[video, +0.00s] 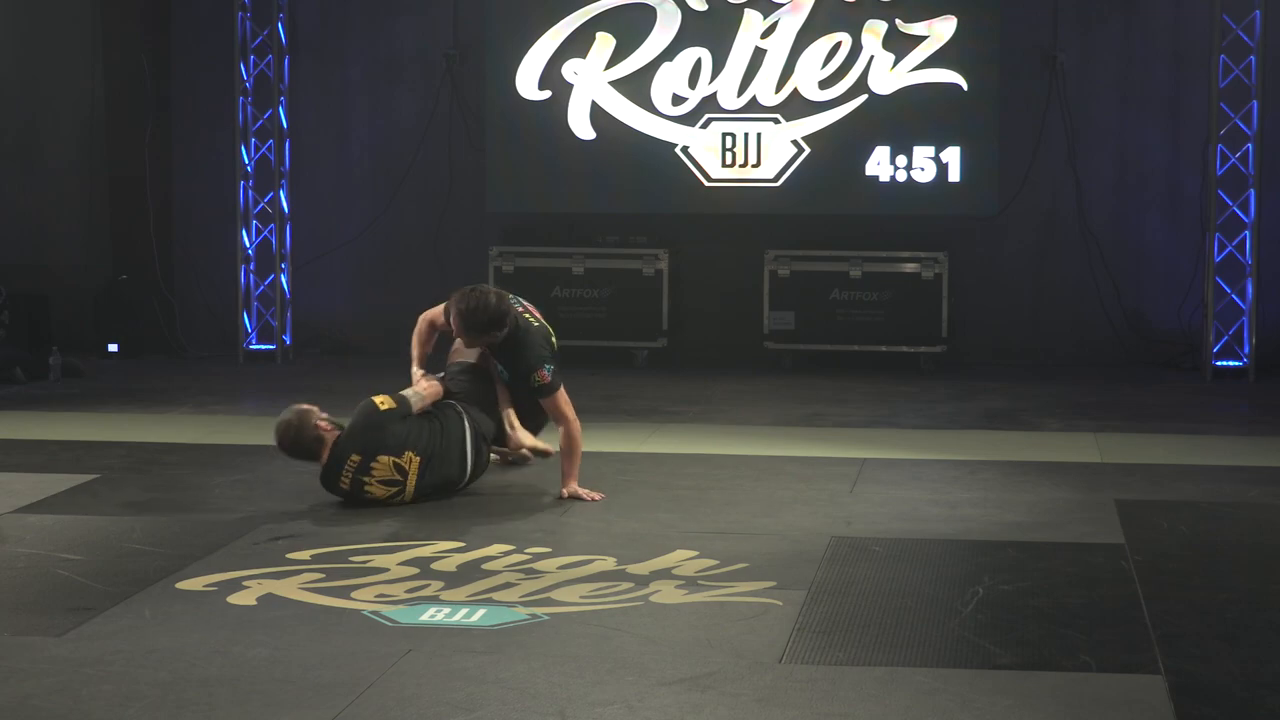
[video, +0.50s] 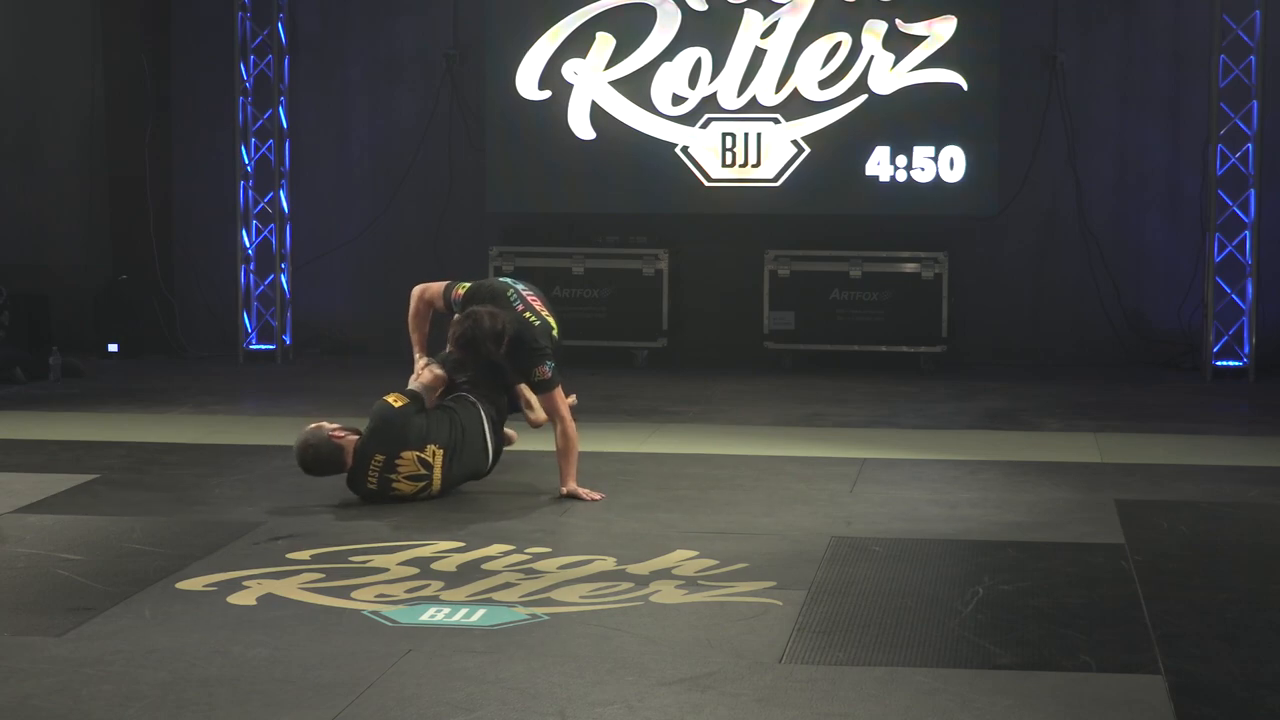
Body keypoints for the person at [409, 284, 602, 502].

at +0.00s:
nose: (455, 336)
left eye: (462, 336)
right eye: (454, 327)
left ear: (492, 337)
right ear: (459, 310)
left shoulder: (532, 357)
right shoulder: (470, 306)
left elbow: (569, 422)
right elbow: (427, 321)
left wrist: (570, 484)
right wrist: (417, 368)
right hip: (492, 365)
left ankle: (509, 453)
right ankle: (513, 432)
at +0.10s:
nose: (456, 340)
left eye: (464, 341)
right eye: (454, 333)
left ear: (493, 335)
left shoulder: (535, 359)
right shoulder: (474, 304)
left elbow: (571, 422)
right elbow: (430, 318)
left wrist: (569, 484)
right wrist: (424, 365)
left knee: (512, 449)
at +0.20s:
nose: (464, 348)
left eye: (472, 344)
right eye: (459, 339)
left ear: (499, 330)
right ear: (456, 312)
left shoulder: (534, 356)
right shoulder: (475, 297)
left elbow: (569, 420)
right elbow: (430, 308)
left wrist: (569, 485)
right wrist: (427, 360)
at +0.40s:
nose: (457, 349)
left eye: (464, 347)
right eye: (456, 341)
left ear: (500, 340)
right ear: (463, 309)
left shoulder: (537, 350)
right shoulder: (479, 289)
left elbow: (565, 418)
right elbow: (426, 294)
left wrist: (569, 483)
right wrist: (424, 354)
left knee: (533, 419)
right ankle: (497, 440)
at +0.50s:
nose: (457, 358)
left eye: (465, 356)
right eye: (456, 352)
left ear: (493, 350)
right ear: (458, 324)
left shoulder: (535, 354)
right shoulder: (472, 296)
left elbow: (564, 421)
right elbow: (420, 294)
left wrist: (569, 483)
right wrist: (420, 355)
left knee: (536, 417)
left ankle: (562, 407)